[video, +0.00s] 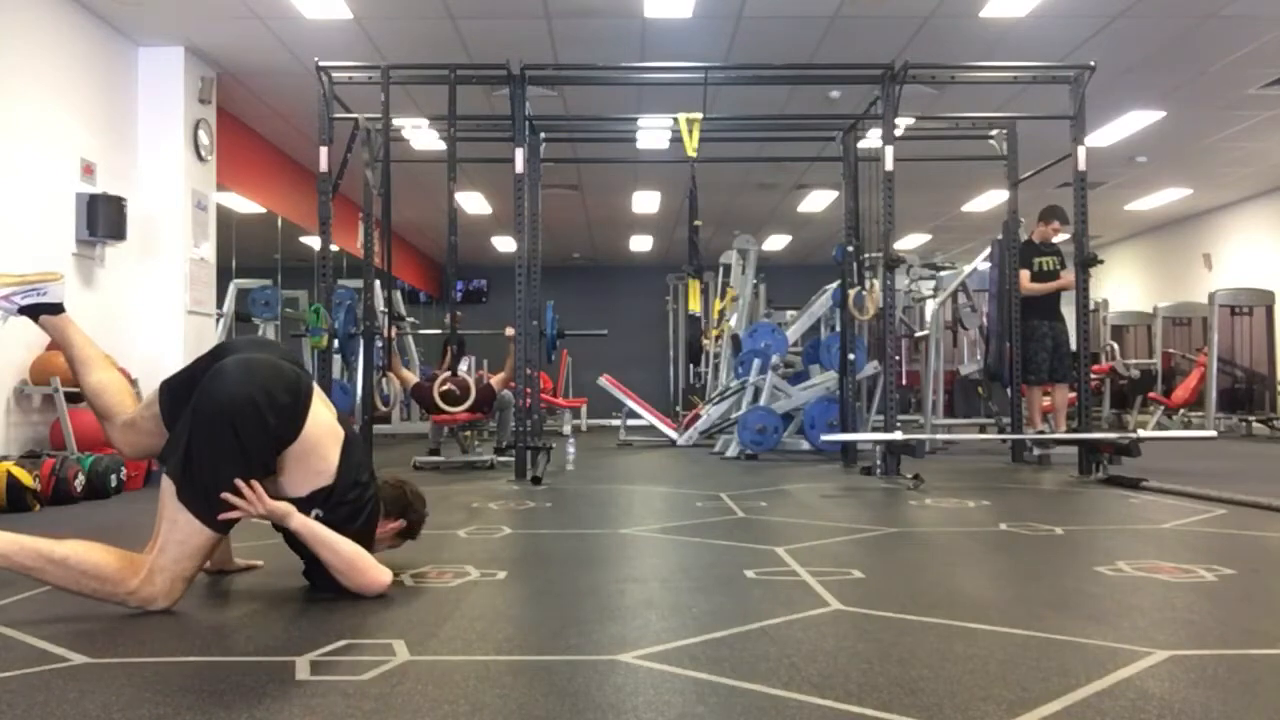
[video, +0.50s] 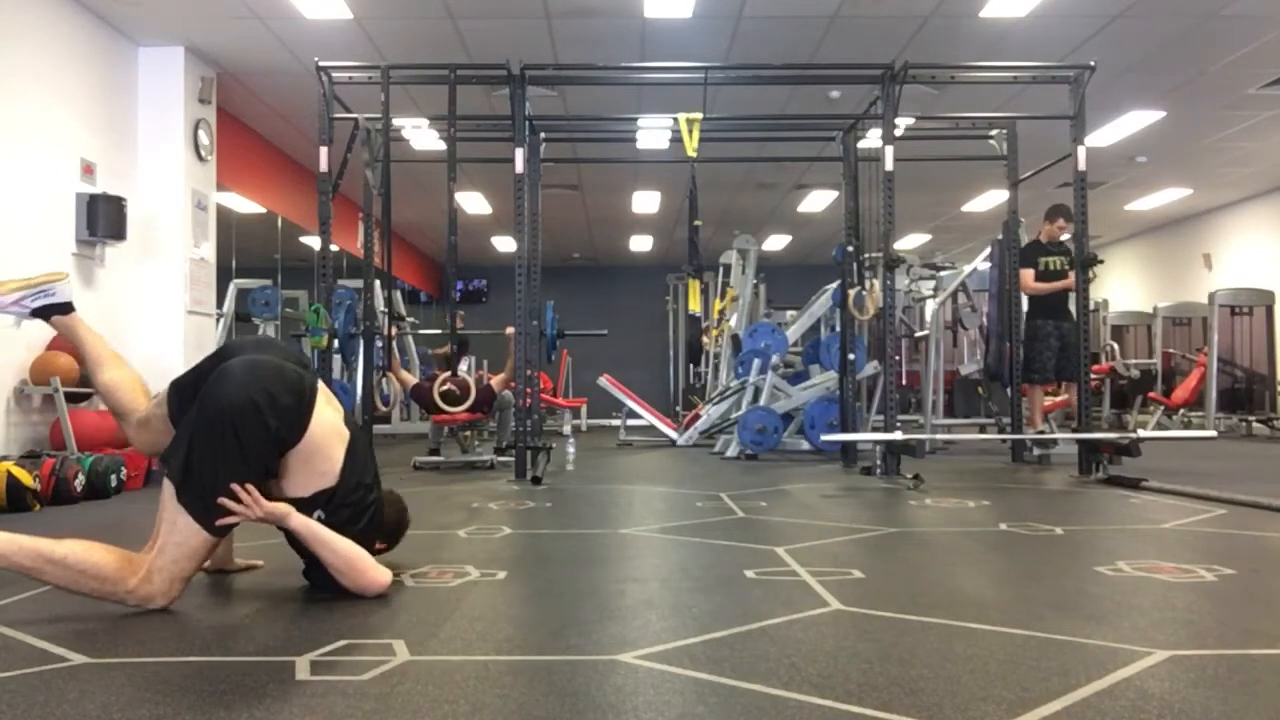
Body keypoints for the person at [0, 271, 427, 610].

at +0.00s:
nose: (388, 546)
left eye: (394, 540)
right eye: (396, 538)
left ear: (380, 505)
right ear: (390, 526)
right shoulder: (355, 516)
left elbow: (225, 464)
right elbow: (374, 581)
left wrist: (221, 553)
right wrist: (287, 514)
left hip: (254, 356)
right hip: (258, 399)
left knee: (131, 433)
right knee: (153, 586)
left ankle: (48, 312)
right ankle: (4, 542)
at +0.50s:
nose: (374, 560)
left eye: (377, 550)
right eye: (379, 551)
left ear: (364, 509)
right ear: (377, 540)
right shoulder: (351, 529)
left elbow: (229, 455)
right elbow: (376, 581)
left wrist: (220, 551)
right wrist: (290, 516)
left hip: (259, 354)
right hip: (260, 398)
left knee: (146, 429)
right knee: (154, 582)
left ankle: (60, 313)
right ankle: (4, 543)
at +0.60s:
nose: (333, 584)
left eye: (331, 582)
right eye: (339, 583)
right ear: (341, 567)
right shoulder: (348, 533)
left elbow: (238, 464)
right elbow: (379, 580)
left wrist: (221, 556)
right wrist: (292, 515)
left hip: (281, 353)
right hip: (280, 397)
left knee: (170, 419)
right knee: (155, 575)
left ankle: (87, 294)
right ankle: (2, 542)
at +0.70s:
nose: (306, 548)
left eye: (307, 551)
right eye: (311, 550)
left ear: (306, 549)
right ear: (334, 554)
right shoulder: (352, 541)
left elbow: (228, 455)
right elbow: (383, 579)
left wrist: (222, 553)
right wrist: (303, 512)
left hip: (308, 350)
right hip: (306, 393)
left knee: (195, 407)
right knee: (164, 561)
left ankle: (123, 279)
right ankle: (5, 541)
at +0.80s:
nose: (274, 523)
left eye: (276, 527)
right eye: (284, 526)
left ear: (283, 528)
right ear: (303, 536)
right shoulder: (332, 558)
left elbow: (251, 450)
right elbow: (391, 581)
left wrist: (225, 556)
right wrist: (319, 504)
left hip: (340, 350)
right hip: (354, 387)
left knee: (232, 390)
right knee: (182, 532)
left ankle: (177, 259)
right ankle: (8, 532)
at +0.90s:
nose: (272, 521)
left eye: (271, 521)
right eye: (272, 529)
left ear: (280, 519)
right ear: (288, 548)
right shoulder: (324, 558)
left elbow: (273, 439)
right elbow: (392, 581)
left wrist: (227, 544)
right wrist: (327, 504)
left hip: (365, 352)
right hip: (396, 386)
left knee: (274, 383)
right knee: (204, 512)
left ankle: (240, 244)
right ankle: (15, 512)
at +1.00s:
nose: (275, 524)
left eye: (273, 531)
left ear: (274, 535)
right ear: (298, 542)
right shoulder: (329, 557)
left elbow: (267, 451)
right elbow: (393, 581)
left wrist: (230, 543)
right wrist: (331, 505)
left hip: (402, 367)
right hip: (412, 403)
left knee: (301, 381)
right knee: (231, 510)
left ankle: (284, 248)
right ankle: (34, 492)